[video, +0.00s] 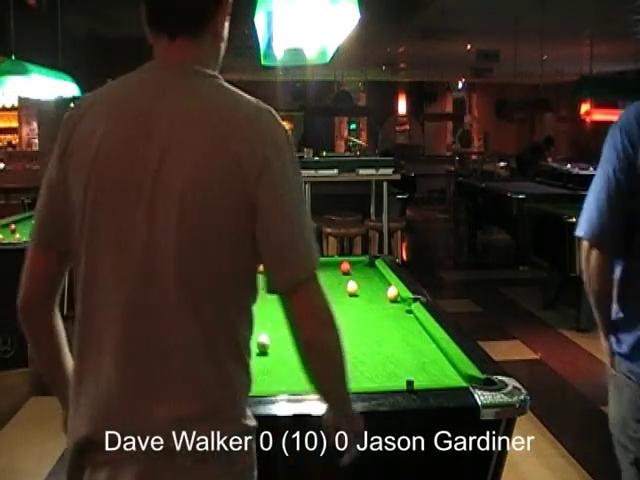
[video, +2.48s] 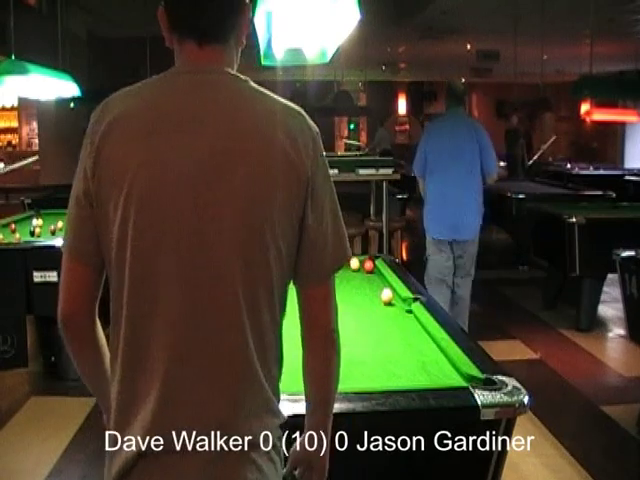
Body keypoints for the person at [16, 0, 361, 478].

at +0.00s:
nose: (231, 27)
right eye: (232, 15)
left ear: (148, 21)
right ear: (224, 18)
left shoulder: (86, 118)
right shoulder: (254, 126)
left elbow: (34, 299)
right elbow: (302, 294)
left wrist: (73, 399)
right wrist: (340, 407)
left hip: (101, 425)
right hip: (210, 427)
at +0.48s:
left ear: (207, 25)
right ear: (281, 37)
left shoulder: (150, 109)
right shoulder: (313, 143)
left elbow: (88, 282)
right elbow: (364, 285)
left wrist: (105, 386)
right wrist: (393, 354)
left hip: (140, 423)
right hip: (248, 428)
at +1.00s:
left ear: (209, 26)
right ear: (281, 36)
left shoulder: (155, 110)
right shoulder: (318, 140)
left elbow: (99, 285)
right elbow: (358, 292)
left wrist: (114, 384)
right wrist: (386, 371)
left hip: (154, 418)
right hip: (260, 420)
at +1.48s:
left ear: (197, 22)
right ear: (269, 30)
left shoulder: (147, 117)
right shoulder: (316, 134)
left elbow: (98, 298)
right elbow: (349, 303)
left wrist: (124, 392)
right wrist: (371, 389)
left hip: (161, 422)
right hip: (265, 425)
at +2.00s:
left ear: (188, 23)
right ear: (264, 26)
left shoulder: (138, 118)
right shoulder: (310, 130)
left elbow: (95, 306)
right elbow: (338, 303)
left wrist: (124, 396)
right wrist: (354, 399)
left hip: (155, 432)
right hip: (262, 432)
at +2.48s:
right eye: (250, 15)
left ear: (164, 21)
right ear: (245, 21)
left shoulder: (112, 120)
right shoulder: (292, 129)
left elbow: (75, 311)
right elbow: (319, 313)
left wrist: (116, 409)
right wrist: (318, 432)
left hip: (138, 441)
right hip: (250, 443)